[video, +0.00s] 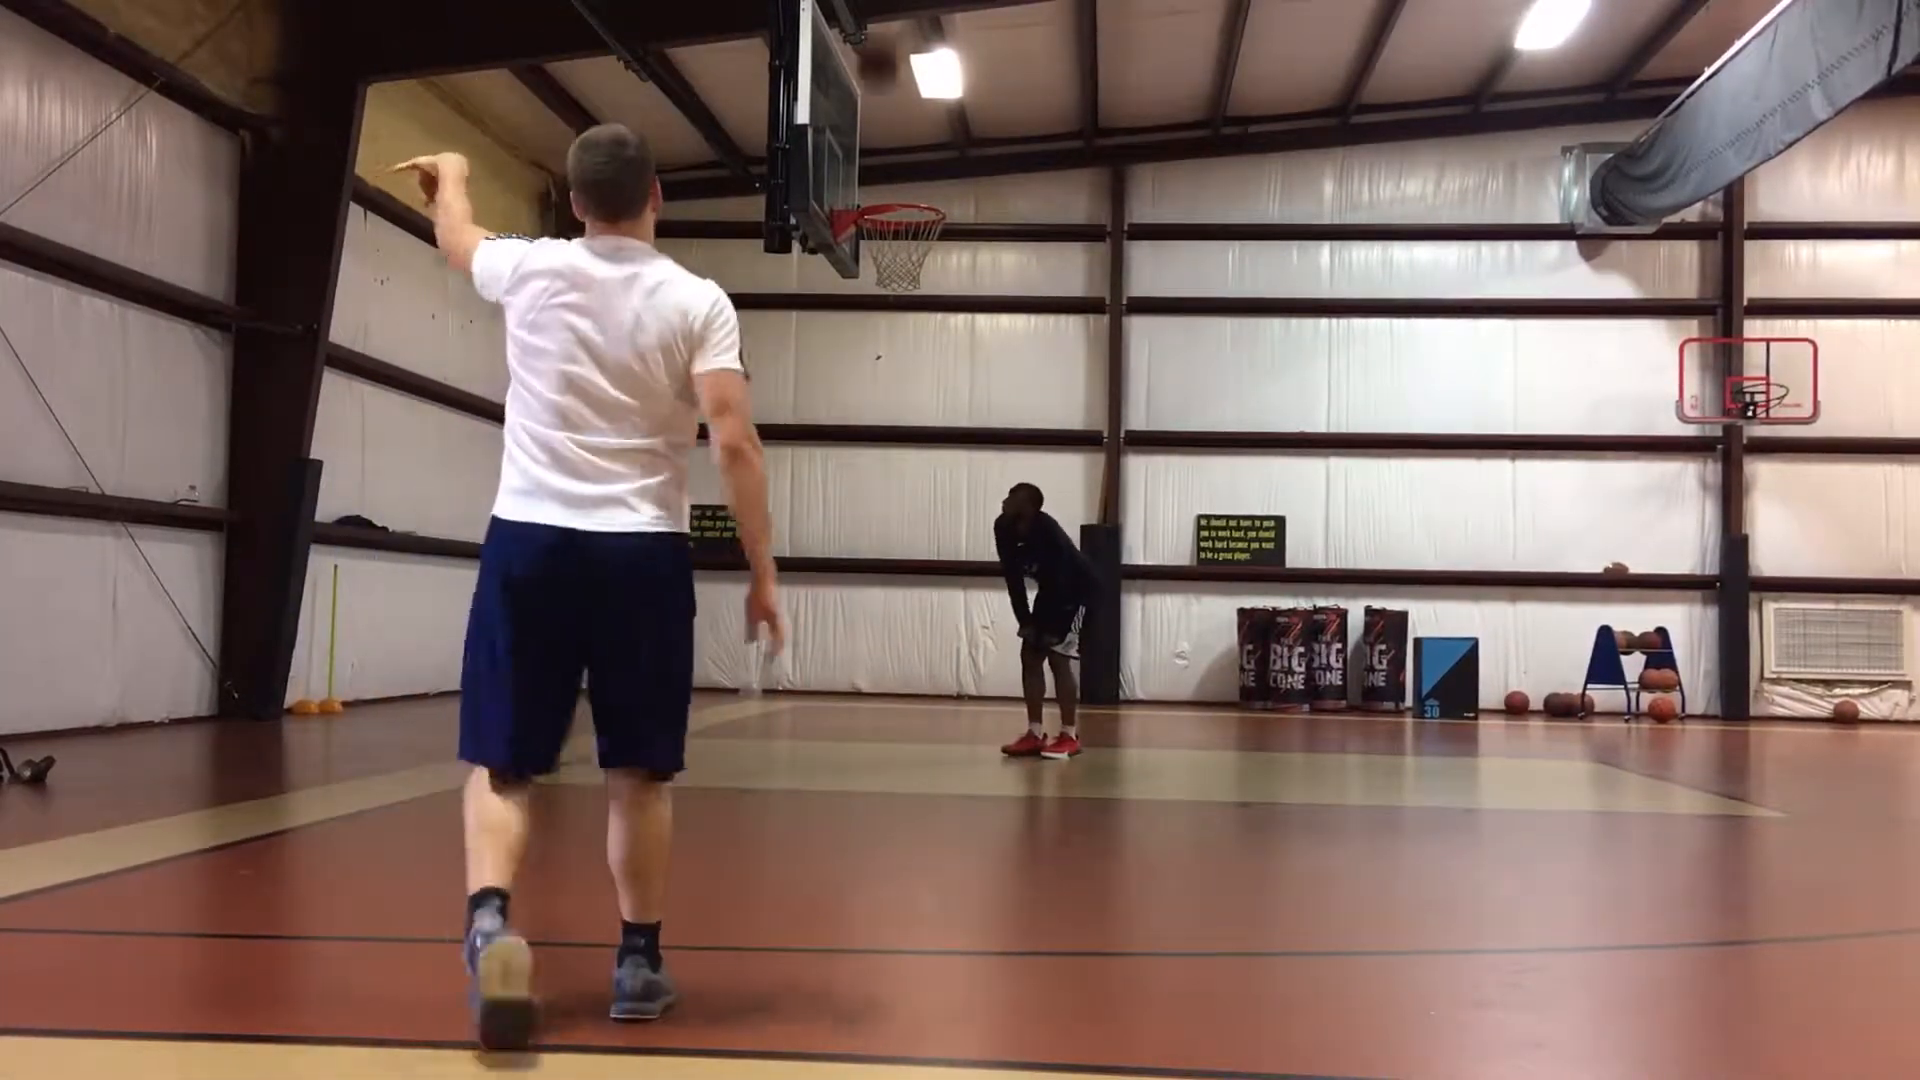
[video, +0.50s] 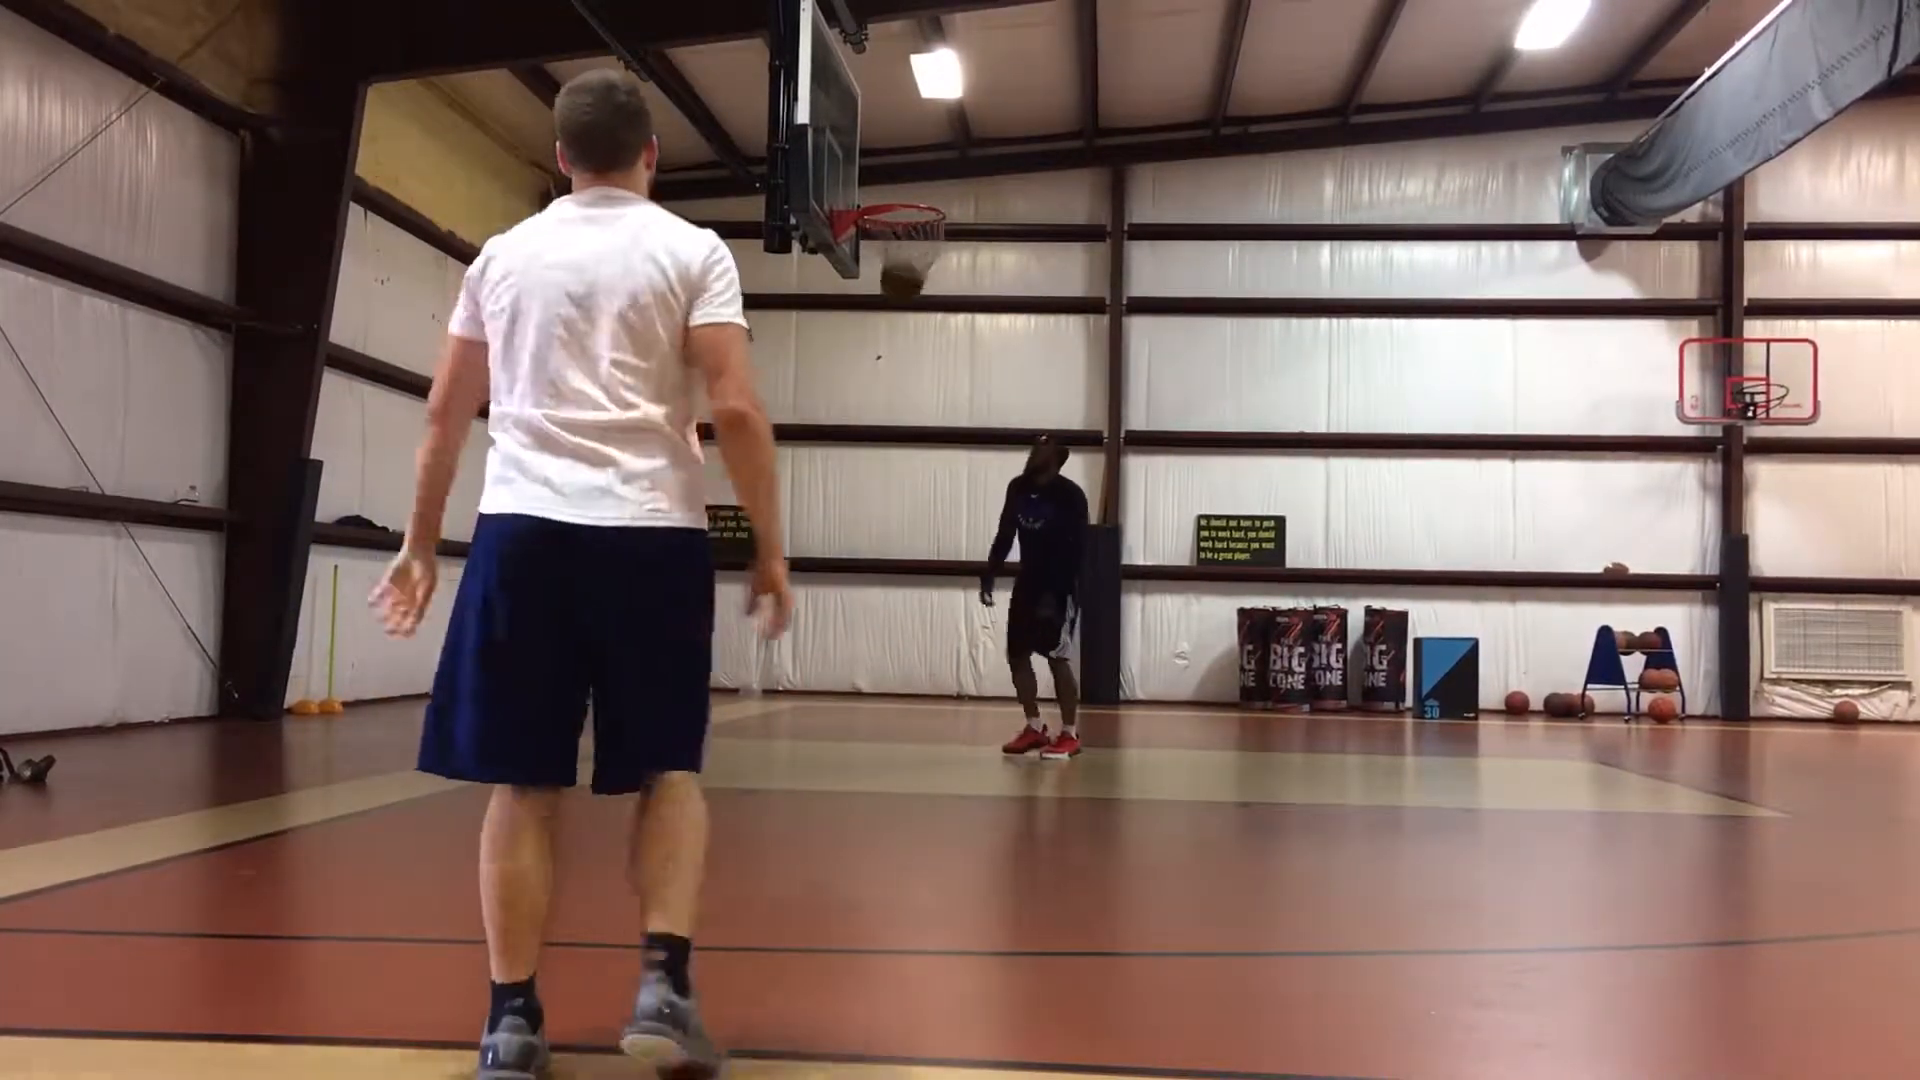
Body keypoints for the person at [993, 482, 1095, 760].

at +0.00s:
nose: (1004, 501)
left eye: (1012, 497)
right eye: (1007, 496)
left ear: (1029, 507)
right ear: (1012, 501)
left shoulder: (1047, 530)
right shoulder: (1003, 527)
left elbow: (1060, 582)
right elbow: (1013, 577)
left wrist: (1050, 629)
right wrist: (1024, 621)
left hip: (1079, 593)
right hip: (1048, 591)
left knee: (1058, 658)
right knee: (1030, 656)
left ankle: (1069, 735)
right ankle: (1035, 734)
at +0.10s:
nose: (1008, 496)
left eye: (1015, 492)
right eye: (1011, 491)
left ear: (1030, 502)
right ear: (1017, 498)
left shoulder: (1049, 526)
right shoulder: (1005, 525)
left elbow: (1057, 580)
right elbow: (1013, 575)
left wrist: (1047, 627)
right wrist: (1023, 620)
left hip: (1077, 591)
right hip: (1047, 590)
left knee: (1058, 658)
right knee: (1030, 657)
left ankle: (1069, 735)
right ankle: (1035, 734)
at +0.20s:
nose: (1013, 483)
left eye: (1021, 480)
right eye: (1016, 478)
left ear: (1037, 492)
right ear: (1020, 486)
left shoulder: (1054, 521)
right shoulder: (1007, 517)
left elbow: (1062, 576)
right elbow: (1013, 569)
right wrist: (1021, 615)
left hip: (1072, 588)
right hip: (1043, 585)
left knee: (1061, 657)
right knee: (1031, 655)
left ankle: (1070, 735)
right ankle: (1035, 733)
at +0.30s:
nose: (1020, 473)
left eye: (1028, 470)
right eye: (1023, 468)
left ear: (1043, 480)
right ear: (1024, 474)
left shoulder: (1059, 510)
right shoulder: (1010, 505)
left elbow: (1070, 562)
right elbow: (1012, 559)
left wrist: (1068, 610)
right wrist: (1016, 604)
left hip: (1063, 588)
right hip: (1035, 587)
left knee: (1056, 658)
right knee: (1029, 657)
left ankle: (1069, 734)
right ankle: (1035, 733)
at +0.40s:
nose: (1031, 469)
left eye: (1039, 467)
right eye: (1031, 462)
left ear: (1053, 472)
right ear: (1028, 462)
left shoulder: (1067, 502)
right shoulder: (1014, 493)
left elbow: (1076, 554)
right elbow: (1008, 543)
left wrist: (1074, 596)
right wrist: (1002, 588)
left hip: (1061, 588)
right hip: (1031, 586)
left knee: (1053, 658)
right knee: (1028, 659)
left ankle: (1068, 733)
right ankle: (1035, 733)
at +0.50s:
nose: (1034, 450)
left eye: (1043, 446)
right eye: (1035, 445)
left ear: (1057, 457)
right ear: (1033, 452)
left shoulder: (1071, 494)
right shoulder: (1019, 488)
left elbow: (1076, 549)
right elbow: (1006, 533)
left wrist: (1065, 591)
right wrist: (990, 574)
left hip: (1061, 585)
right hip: (1028, 582)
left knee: (1058, 658)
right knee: (1017, 655)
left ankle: (1069, 734)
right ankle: (1034, 727)